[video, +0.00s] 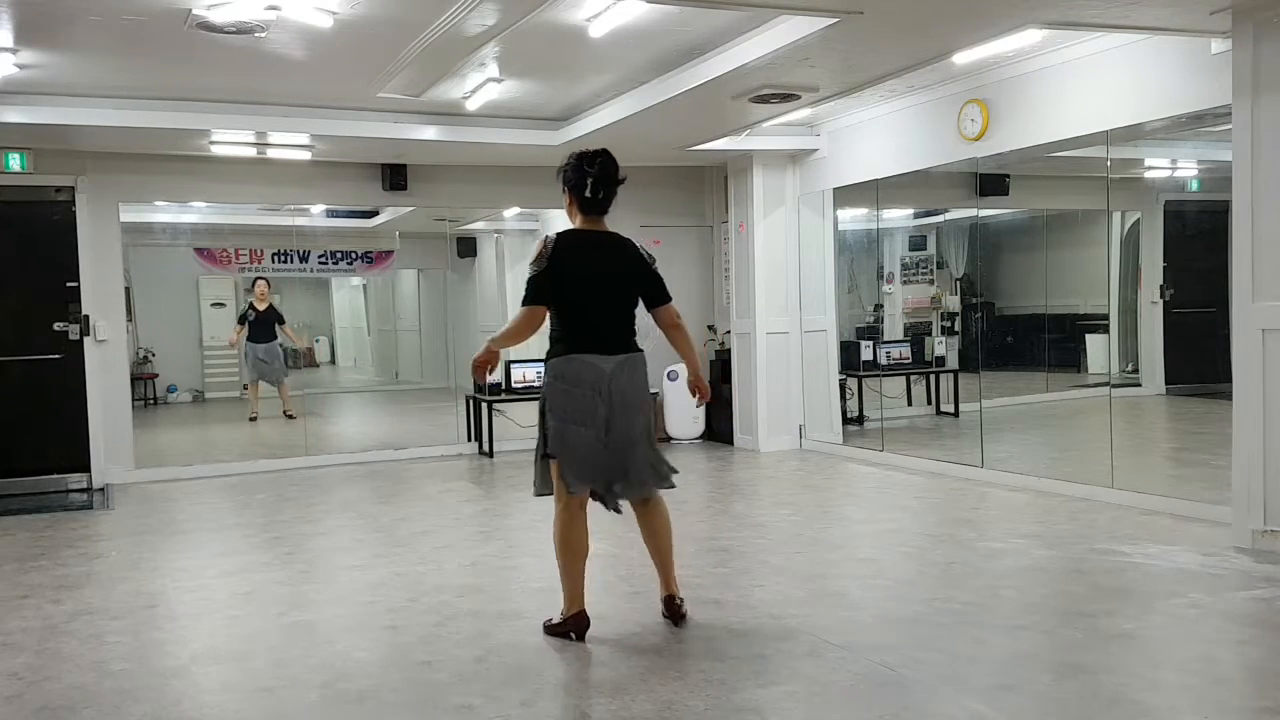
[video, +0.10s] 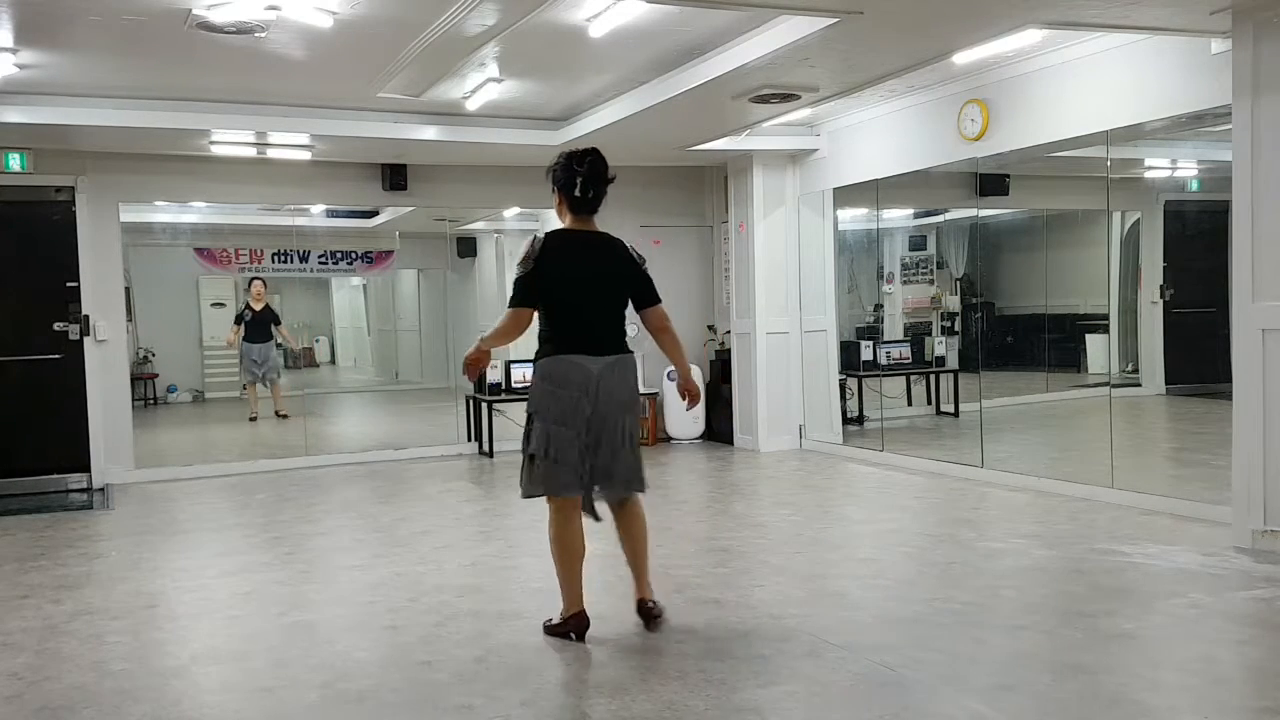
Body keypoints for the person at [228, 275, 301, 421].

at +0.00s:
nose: (262, 290)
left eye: (264, 287)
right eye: (258, 287)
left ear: (269, 290)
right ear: (253, 290)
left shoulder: (273, 308)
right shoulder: (248, 308)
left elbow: (284, 327)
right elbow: (240, 325)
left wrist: (296, 342)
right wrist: (235, 335)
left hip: (272, 347)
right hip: (253, 347)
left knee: (280, 378)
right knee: (253, 380)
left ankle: (287, 408)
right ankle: (254, 410)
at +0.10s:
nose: (258, 290)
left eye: (261, 287)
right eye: (255, 287)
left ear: (265, 290)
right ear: (249, 290)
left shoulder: (269, 309)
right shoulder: (245, 308)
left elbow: (280, 327)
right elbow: (236, 325)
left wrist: (291, 342)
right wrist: (232, 335)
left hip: (268, 347)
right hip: (249, 347)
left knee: (274, 379)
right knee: (251, 381)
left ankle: (279, 409)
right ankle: (254, 410)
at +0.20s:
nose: (256, 290)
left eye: (258, 287)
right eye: (252, 287)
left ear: (262, 290)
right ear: (247, 290)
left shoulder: (267, 309)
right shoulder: (241, 308)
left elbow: (277, 328)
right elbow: (234, 327)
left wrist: (289, 343)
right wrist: (232, 336)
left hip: (265, 347)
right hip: (247, 347)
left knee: (267, 379)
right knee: (250, 381)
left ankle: (267, 409)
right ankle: (253, 410)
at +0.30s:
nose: (253, 290)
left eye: (256, 287)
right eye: (250, 287)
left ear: (260, 290)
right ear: (245, 290)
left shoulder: (265, 309)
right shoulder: (240, 309)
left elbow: (275, 329)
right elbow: (234, 328)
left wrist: (288, 343)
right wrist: (234, 335)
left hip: (263, 347)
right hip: (245, 348)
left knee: (262, 380)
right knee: (249, 382)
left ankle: (262, 410)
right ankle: (253, 410)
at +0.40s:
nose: (251, 290)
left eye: (254, 287)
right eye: (248, 287)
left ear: (258, 289)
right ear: (243, 290)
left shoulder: (263, 309)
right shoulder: (238, 309)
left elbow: (274, 328)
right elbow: (233, 327)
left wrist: (288, 343)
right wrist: (234, 335)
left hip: (262, 348)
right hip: (244, 349)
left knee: (262, 380)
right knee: (248, 382)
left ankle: (262, 410)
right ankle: (253, 410)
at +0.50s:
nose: (250, 289)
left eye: (253, 287)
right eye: (247, 287)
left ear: (257, 289)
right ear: (242, 290)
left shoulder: (262, 308)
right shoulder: (237, 309)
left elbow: (273, 328)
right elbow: (231, 327)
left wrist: (288, 343)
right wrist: (231, 335)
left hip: (261, 347)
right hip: (243, 348)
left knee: (262, 381)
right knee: (248, 382)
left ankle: (262, 410)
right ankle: (253, 410)